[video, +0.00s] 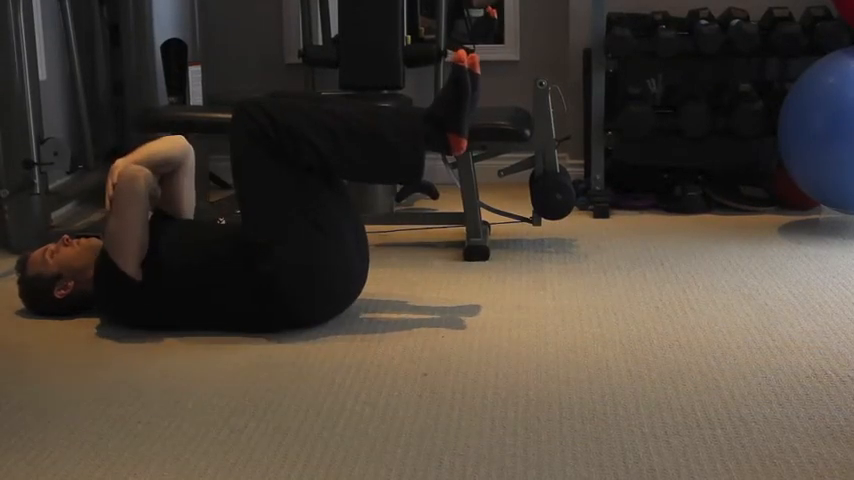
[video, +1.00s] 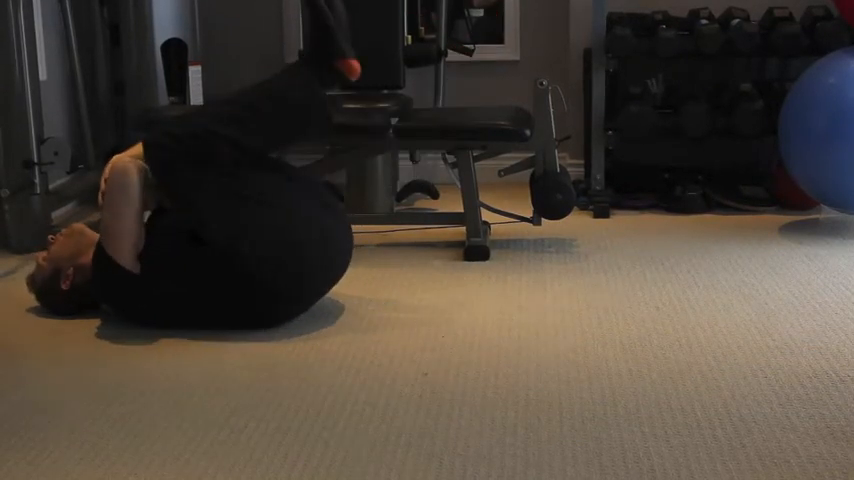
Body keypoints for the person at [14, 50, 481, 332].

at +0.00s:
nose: (67, 237)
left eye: (56, 238)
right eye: (54, 251)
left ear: (75, 238)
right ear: (67, 288)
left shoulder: (151, 253)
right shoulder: (119, 292)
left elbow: (179, 151)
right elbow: (129, 176)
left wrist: (122, 176)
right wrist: (127, 179)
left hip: (320, 265)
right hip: (299, 284)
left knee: (268, 118)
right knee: (259, 121)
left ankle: (428, 127)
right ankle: (430, 135)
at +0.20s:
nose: (68, 235)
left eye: (56, 236)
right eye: (54, 249)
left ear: (76, 239)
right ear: (67, 287)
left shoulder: (154, 252)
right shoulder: (120, 292)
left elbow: (177, 149)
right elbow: (128, 177)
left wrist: (122, 174)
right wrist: (127, 176)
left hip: (319, 265)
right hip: (297, 284)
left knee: (268, 118)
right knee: (259, 122)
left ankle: (428, 126)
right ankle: (429, 133)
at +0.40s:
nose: (57, 234)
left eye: (46, 239)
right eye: (48, 248)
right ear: (68, 280)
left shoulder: (153, 253)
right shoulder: (121, 288)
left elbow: (173, 147)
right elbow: (127, 175)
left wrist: (119, 175)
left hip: (321, 265)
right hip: (298, 282)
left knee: (255, 124)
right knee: (245, 128)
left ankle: (415, 115)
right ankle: (415, 126)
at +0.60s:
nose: (57, 231)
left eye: (47, 239)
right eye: (53, 245)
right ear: (73, 277)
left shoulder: (159, 249)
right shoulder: (121, 279)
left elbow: (176, 158)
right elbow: (133, 164)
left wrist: (131, 160)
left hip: (327, 253)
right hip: (295, 272)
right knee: (201, 138)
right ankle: (360, 108)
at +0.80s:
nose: (54, 241)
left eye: (46, 246)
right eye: (51, 251)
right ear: (72, 276)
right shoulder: (120, 284)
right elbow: (130, 165)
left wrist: (135, 163)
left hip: (325, 237)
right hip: (293, 256)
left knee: (161, 129)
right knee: (156, 135)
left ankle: (322, 65)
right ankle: (320, 67)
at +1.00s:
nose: (50, 242)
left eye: (42, 248)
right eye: (48, 253)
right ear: (70, 277)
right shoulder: (118, 285)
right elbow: (122, 170)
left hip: (323, 235)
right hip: (291, 257)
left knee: (158, 127)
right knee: (158, 140)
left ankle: (319, 67)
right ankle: (315, 70)